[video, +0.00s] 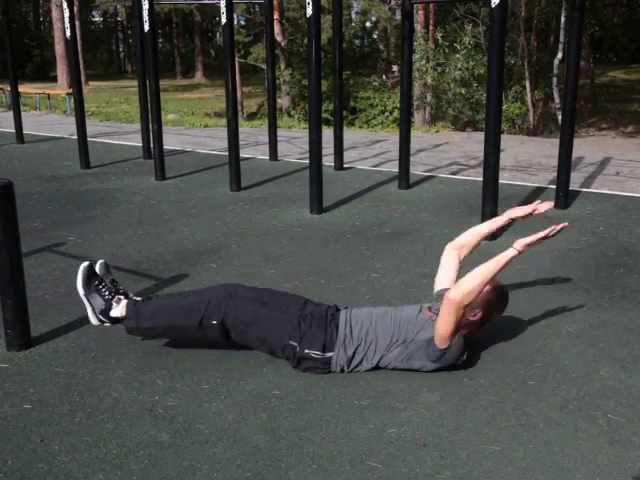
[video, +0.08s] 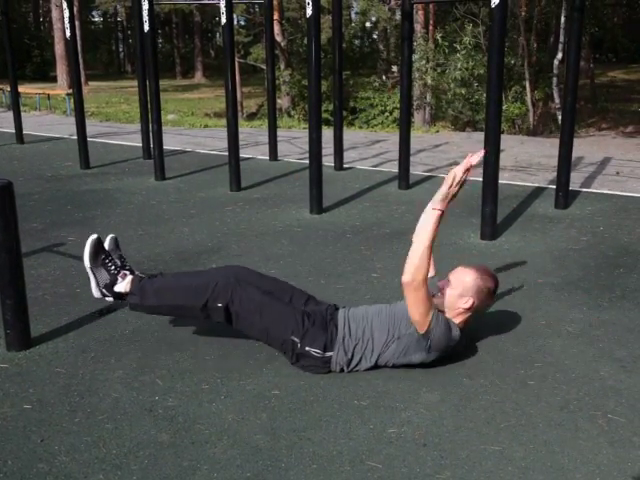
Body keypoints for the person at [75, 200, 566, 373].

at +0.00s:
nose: (471, 287)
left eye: (478, 290)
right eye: (476, 284)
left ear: (478, 308)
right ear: (470, 301)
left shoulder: (448, 345)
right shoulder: (441, 313)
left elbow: (460, 290)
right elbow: (454, 252)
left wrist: (511, 251)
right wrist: (507, 218)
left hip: (323, 339)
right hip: (328, 320)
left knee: (224, 303)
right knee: (227, 298)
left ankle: (121, 312)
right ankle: (129, 308)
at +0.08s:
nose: (441, 279)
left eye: (451, 281)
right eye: (449, 276)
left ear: (463, 304)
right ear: (460, 301)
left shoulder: (438, 335)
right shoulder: (442, 320)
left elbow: (413, 275)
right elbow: (417, 267)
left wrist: (439, 203)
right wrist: (443, 198)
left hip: (322, 341)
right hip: (329, 322)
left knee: (230, 282)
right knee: (234, 275)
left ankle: (124, 288)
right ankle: (131, 280)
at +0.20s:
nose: (412, 256)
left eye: (423, 255)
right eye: (419, 250)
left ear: (442, 273)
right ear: (436, 267)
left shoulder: (421, 308)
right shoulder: (423, 290)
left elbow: (366, 254)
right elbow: (388, 227)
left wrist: (346, 186)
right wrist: (372, 171)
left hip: (321, 343)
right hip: (326, 318)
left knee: (250, 261)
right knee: (256, 252)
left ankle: (141, 243)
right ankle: (153, 241)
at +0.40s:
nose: (348, 231)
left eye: (354, 226)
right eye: (351, 224)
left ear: (375, 235)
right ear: (380, 232)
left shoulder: (384, 268)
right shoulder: (392, 250)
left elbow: (319, 226)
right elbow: (336, 201)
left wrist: (277, 164)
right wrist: (293, 154)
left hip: (325, 349)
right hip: (335, 328)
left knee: (300, 245)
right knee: (302, 227)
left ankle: (206, 191)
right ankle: (212, 188)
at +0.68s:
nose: (376, 241)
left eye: (380, 236)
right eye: (378, 234)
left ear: (401, 245)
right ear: (406, 243)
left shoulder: (403, 281)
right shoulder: (412, 267)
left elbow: (350, 238)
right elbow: (362, 208)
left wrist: (320, 168)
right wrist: (328, 155)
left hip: (323, 347)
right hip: (333, 324)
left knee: (277, 255)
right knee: (280, 245)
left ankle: (166, 207)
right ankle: (180, 198)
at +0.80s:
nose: (414, 255)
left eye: (422, 250)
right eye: (418, 247)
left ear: (437, 269)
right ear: (428, 262)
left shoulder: (427, 312)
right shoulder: (423, 290)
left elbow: (401, 271)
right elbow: (400, 232)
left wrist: (409, 190)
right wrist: (403, 177)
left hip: (317, 344)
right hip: (321, 317)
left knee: (241, 276)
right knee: (248, 263)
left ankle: (127, 262)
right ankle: (141, 242)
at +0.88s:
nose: (428, 262)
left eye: (438, 262)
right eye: (432, 257)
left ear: (449, 282)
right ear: (437, 271)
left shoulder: (436, 328)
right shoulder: (426, 295)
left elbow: (445, 286)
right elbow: (428, 240)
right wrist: (449, 193)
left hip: (316, 343)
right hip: (323, 317)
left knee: (228, 289)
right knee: (235, 276)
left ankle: (114, 295)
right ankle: (128, 274)